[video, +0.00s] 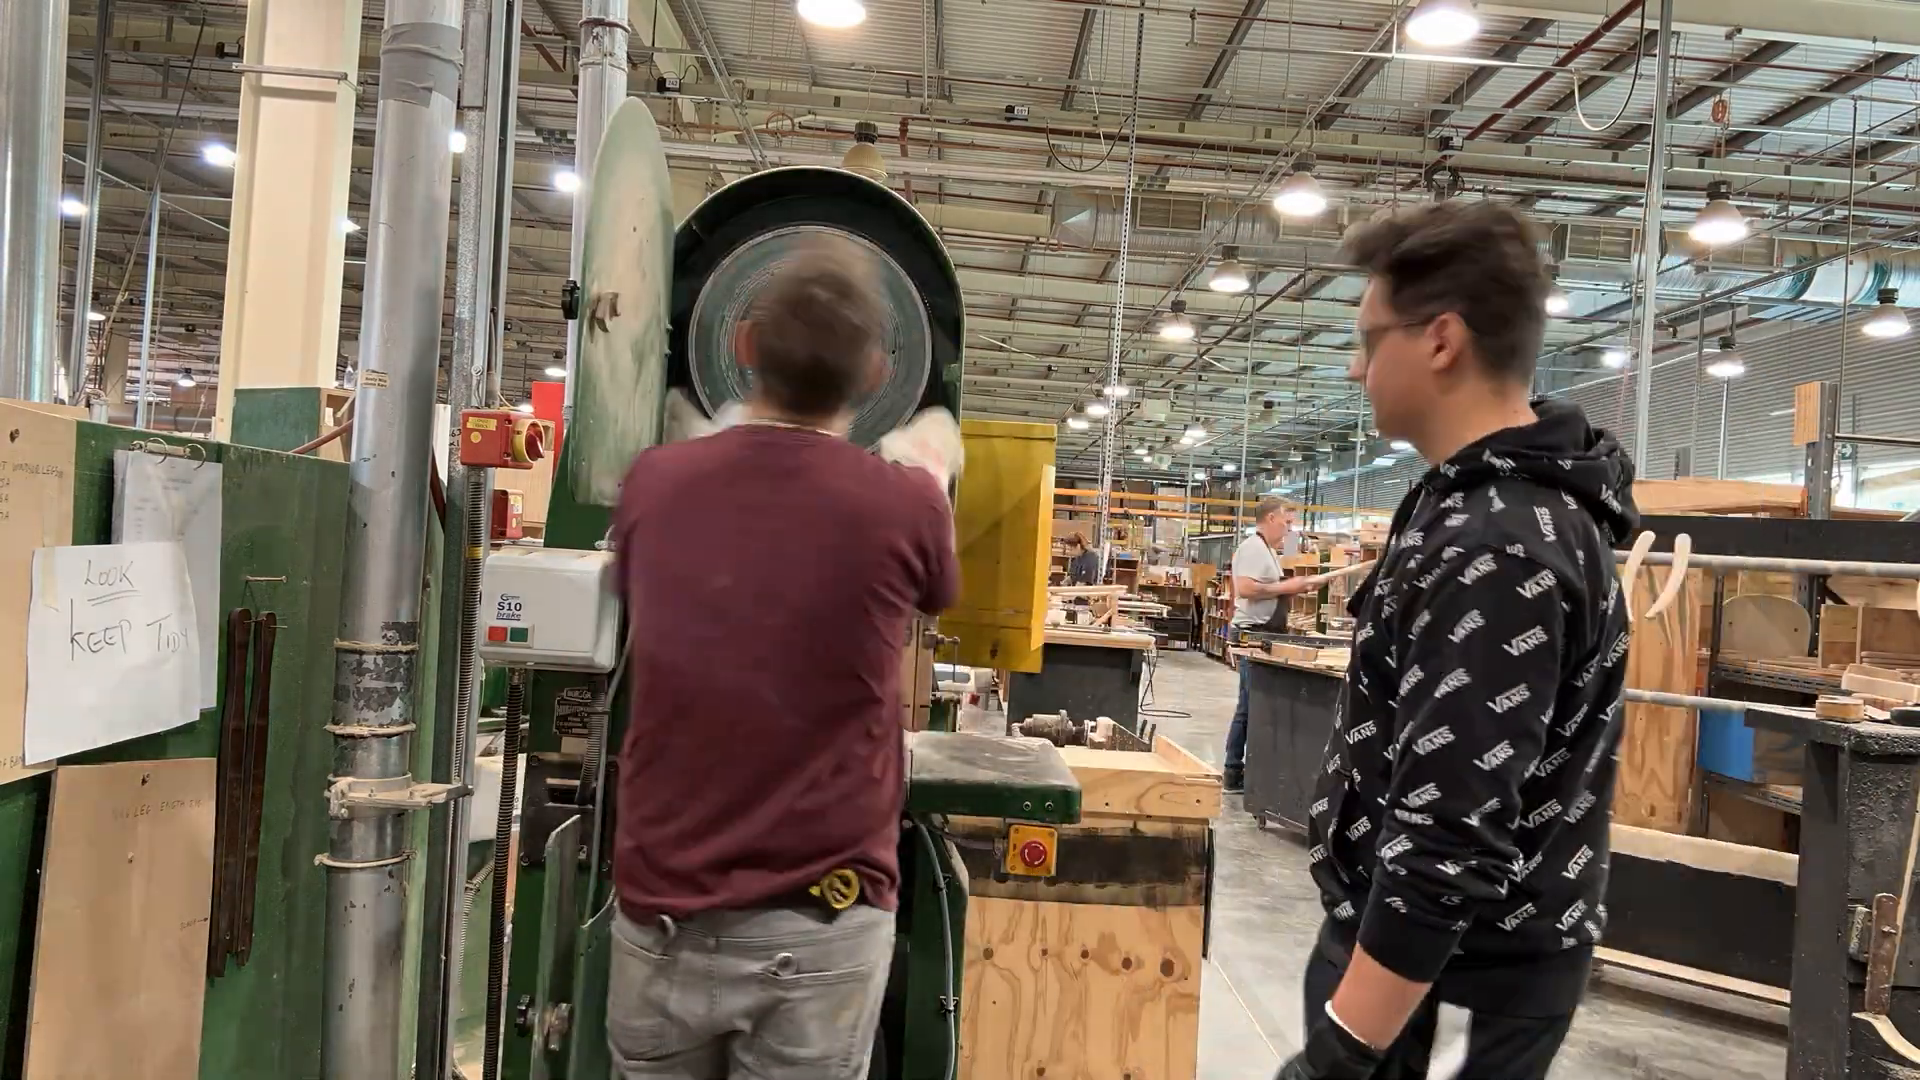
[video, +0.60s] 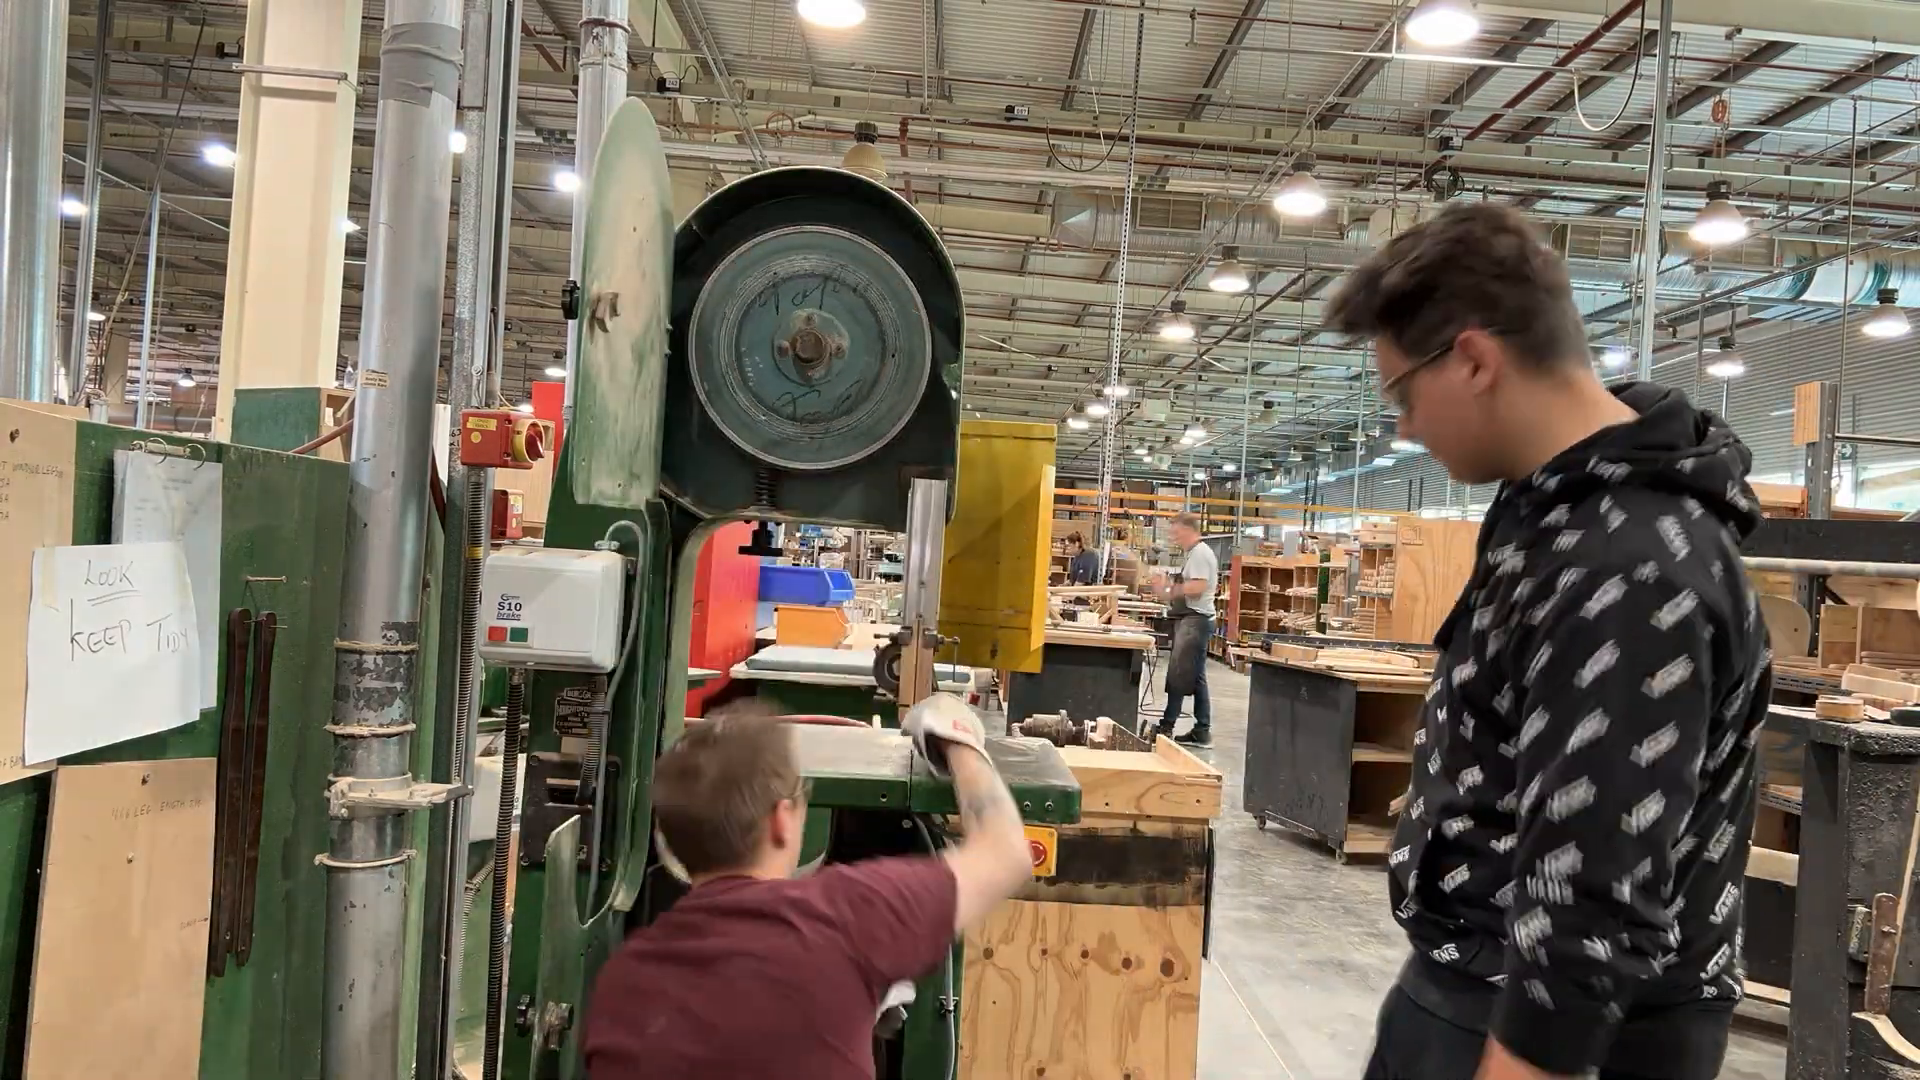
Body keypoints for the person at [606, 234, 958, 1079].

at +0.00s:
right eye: (883, 354)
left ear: (741, 344)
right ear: (876, 377)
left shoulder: (654, 480)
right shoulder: (905, 500)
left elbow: (628, 591)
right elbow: (938, 596)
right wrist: (924, 476)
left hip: (662, 926)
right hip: (828, 931)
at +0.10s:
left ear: (812, 355)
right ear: (924, 410)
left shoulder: (684, 472)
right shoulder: (941, 516)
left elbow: (651, 595)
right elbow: (979, 608)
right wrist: (952, 487)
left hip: (668, 919)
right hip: (836, 933)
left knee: (661, 1068)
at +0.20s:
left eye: (780, 358)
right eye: (907, 390)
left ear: (779, 366)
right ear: (902, 394)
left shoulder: (670, 484)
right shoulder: (943, 508)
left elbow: (640, 662)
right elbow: (1011, 566)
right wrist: (986, 456)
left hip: (683, 945)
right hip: (854, 953)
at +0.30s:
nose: (920, 492)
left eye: (920, 469)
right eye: (916, 467)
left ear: (800, 460)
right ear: (896, 460)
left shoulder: (670, 595)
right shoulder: (910, 590)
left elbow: (614, 684)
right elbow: (1045, 678)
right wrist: (1035, 530)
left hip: (671, 992)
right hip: (848, 1001)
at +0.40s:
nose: (784, 787)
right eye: (782, 774)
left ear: (656, 796)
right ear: (776, 784)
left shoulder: (613, 864)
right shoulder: (843, 892)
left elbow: (606, 721)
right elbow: (962, 859)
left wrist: (655, 611)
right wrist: (906, 842)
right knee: (858, 1009)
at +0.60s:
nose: (801, 813)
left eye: (798, 796)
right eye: (798, 798)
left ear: (672, 842)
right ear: (782, 820)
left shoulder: (621, 974)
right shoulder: (838, 916)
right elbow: (1006, 852)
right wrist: (966, 745)